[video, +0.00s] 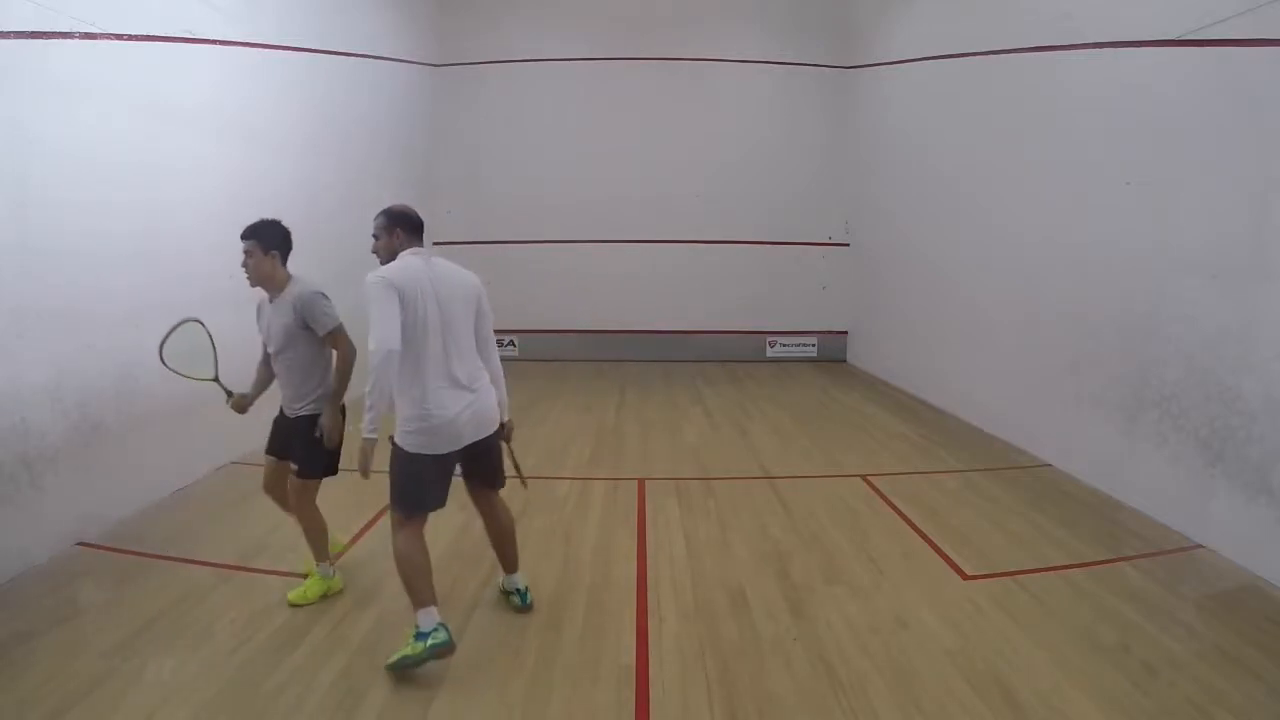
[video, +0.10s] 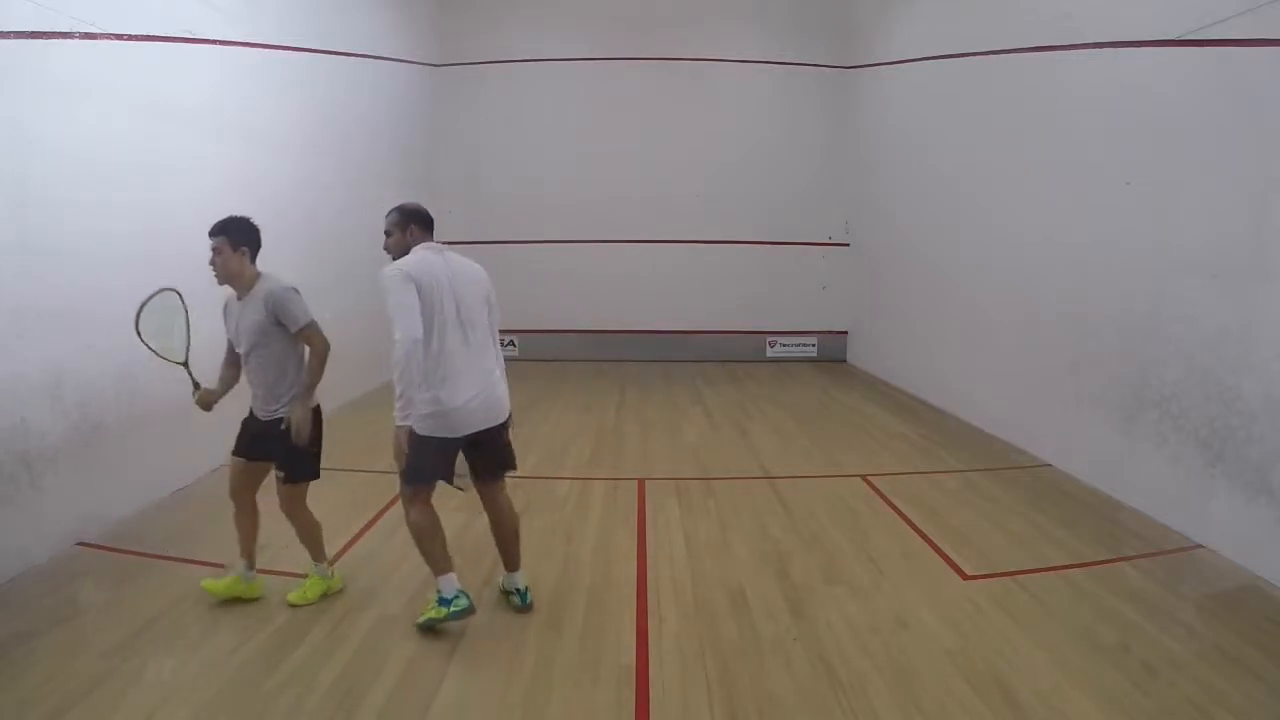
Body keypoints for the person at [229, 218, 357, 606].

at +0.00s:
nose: (242, 263)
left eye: (248, 255)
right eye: (242, 255)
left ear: (273, 257)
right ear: (265, 259)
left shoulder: (308, 298)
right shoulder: (265, 308)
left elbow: (346, 350)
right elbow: (270, 360)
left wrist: (334, 406)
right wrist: (251, 395)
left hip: (318, 415)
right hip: (288, 414)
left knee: (302, 498)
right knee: (275, 487)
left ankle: (326, 573)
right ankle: (328, 541)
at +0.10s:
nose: (211, 261)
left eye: (217, 252)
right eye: (211, 254)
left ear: (243, 253)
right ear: (234, 256)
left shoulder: (278, 294)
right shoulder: (232, 306)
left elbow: (319, 345)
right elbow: (234, 359)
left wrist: (305, 401)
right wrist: (218, 391)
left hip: (297, 415)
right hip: (260, 416)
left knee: (292, 503)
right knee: (241, 491)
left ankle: (323, 573)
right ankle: (246, 575)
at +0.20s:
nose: (179, 267)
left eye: (185, 258)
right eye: (178, 260)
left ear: (213, 260)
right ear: (198, 263)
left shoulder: (249, 301)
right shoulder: (197, 315)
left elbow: (293, 350)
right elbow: (194, 371)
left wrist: (273, 396)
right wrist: (180, 395)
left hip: (269, 427)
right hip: (230, 429)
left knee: (271, 518)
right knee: (206, 506)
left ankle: (321, 571)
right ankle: (201, 594)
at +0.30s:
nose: (149, 279)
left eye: (155, 270)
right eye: (149, 270)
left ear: (182, 272)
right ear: (168, 275)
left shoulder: (223, 309)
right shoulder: (165, 327)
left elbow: (267, 355)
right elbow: (158, 397)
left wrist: (243, 384)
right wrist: (140, 396)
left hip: (241, 435)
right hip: (200, 436)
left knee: (237, 531)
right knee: (166, 518)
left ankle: (300, 565)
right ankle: (193, 600)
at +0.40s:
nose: (123, 282)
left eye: (129, 272)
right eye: (122, 274)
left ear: (156, 270)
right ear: (148, 274)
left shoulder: (201, 299)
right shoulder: (143, 328)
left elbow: (234, 332)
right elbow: (136, 396)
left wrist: (192, 356)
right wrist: (119, 381)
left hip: (229, 428)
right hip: (187, 432)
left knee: (206, 521)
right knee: (155, 517)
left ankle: (261, 595)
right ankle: (186, 596)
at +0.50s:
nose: (101, 292)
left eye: (104, 282)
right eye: (99, 284)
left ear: (129, 280)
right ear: (128, 283)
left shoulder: (180, 298)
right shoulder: (125, 334)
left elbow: (194, 318)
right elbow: (124, 396)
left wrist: (129, 327)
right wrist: (108, 354)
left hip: (225, 428)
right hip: (185, 430)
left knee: (192, 529)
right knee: (137, 512)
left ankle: (209, 637)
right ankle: (171, 585)